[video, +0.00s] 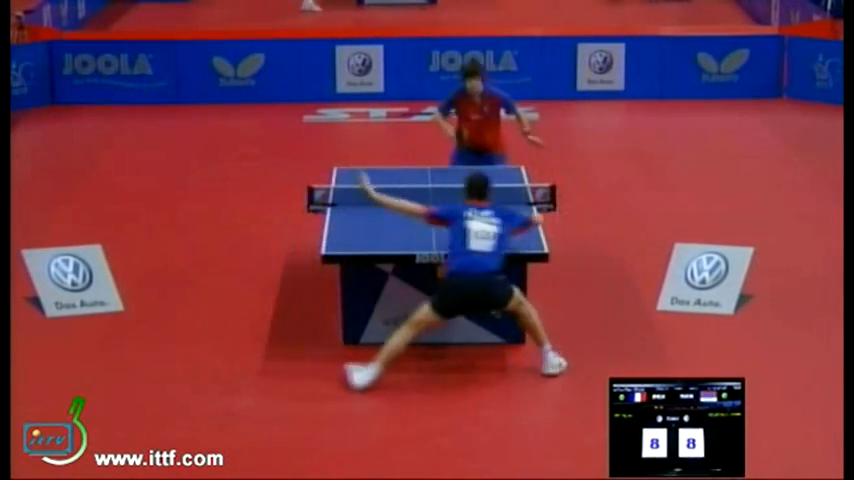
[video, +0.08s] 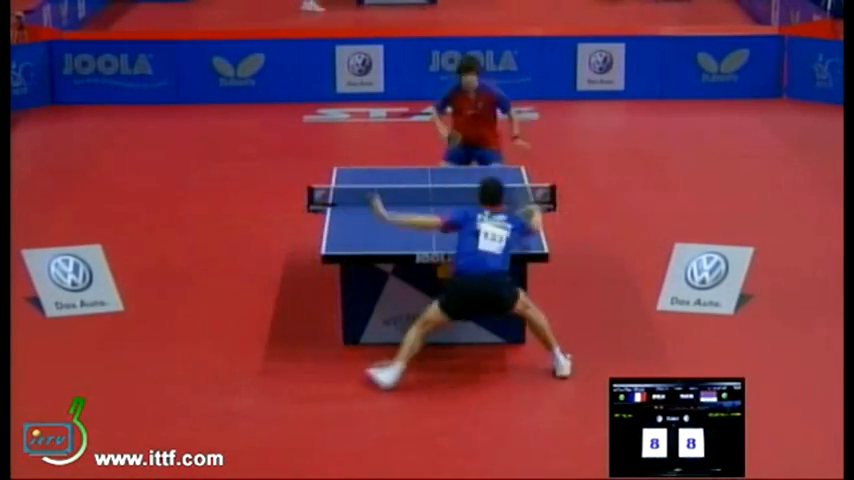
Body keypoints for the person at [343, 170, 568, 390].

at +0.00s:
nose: (472, 195)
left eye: (470, 191)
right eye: (480, 192)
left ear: (466, 194)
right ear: (488, 195)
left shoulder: (457, 213)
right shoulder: (503, 217)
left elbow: (418, 211)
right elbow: (534, 222)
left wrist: (375, 197)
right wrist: (537, 216)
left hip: (457, 283)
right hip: (492, 283)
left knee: (413, 326)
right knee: (523, 310)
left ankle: (371, 371)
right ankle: (550, 357)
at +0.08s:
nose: (492, 200)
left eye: (486, 196)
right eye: (497, 197)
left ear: (480, 199)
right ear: (502, 200)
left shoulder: (468, 216)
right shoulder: (512, 222)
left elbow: (434, 223)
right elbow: (535, 231)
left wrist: (388, 219)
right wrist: (536, 215)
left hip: (463, 284)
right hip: (498, 284)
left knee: (422, 326)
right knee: (530, 312)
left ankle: (393, 371)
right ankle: (559, 359)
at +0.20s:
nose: (492, 201)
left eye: (485, 197)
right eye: (497, 198)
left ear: (478, 199)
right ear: (501, 202)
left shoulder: (466, 218)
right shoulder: (507, 224)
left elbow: (432, 229)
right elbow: (526, 240)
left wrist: (387, 229)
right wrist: (546, 226)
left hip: (463, 287)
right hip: (498, 287)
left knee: (422, 315)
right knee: (531, 311)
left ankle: (409, 369)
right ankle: (559, 359)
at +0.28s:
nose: (471, 195)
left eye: (467, 190)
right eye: (475, 191)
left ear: (460, 195)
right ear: (483, 196)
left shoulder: (449, 217)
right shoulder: (492, 219)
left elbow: (410, 223)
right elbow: (521, 246)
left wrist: (365, 213)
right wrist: (530, 229)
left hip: (457, 289)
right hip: (493, 288)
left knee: (408, 307)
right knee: (524, 312)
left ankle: (404, 370)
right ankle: (558, 359)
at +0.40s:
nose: (446, 183)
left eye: (441, 178)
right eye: (453, 179)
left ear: (435, 181)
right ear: (460, 183)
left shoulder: (420, 204)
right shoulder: (468, 211)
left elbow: (384, 214)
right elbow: (496, 244)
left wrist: (353, 224)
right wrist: (500, 227)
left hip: (425, 278)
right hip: (461, 279)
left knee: (384, 304)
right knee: (496, 314)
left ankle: (391, 366)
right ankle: (532, 356)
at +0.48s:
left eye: (430, 179)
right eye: (443, 180)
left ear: (423, 182)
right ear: (447, 183)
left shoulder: (407, 203)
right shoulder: (455, 208)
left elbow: (369, 224)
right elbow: (479, 245)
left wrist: (357, 246)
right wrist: (483, 236)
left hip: (407, 270)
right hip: (443, 272)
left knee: (369, 304)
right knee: (477, 310)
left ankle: (363, 365)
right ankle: (492, 366)